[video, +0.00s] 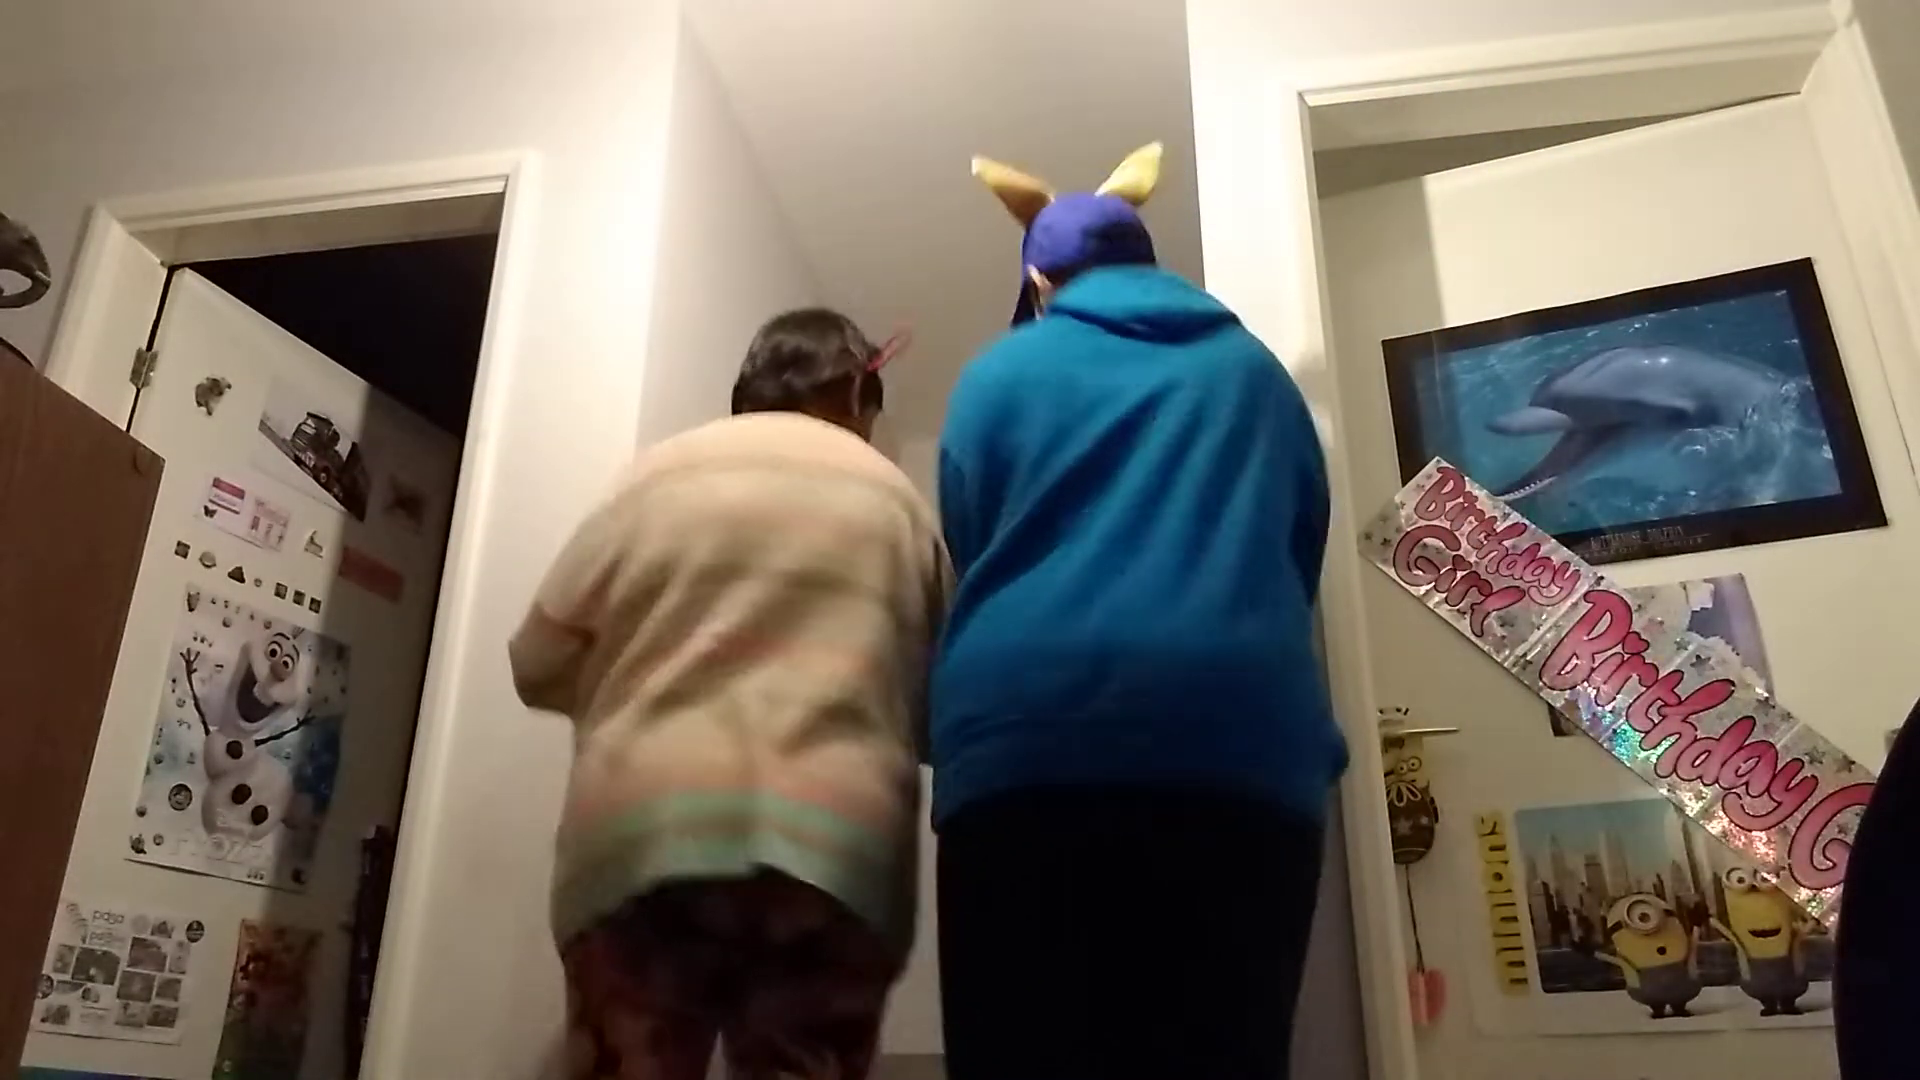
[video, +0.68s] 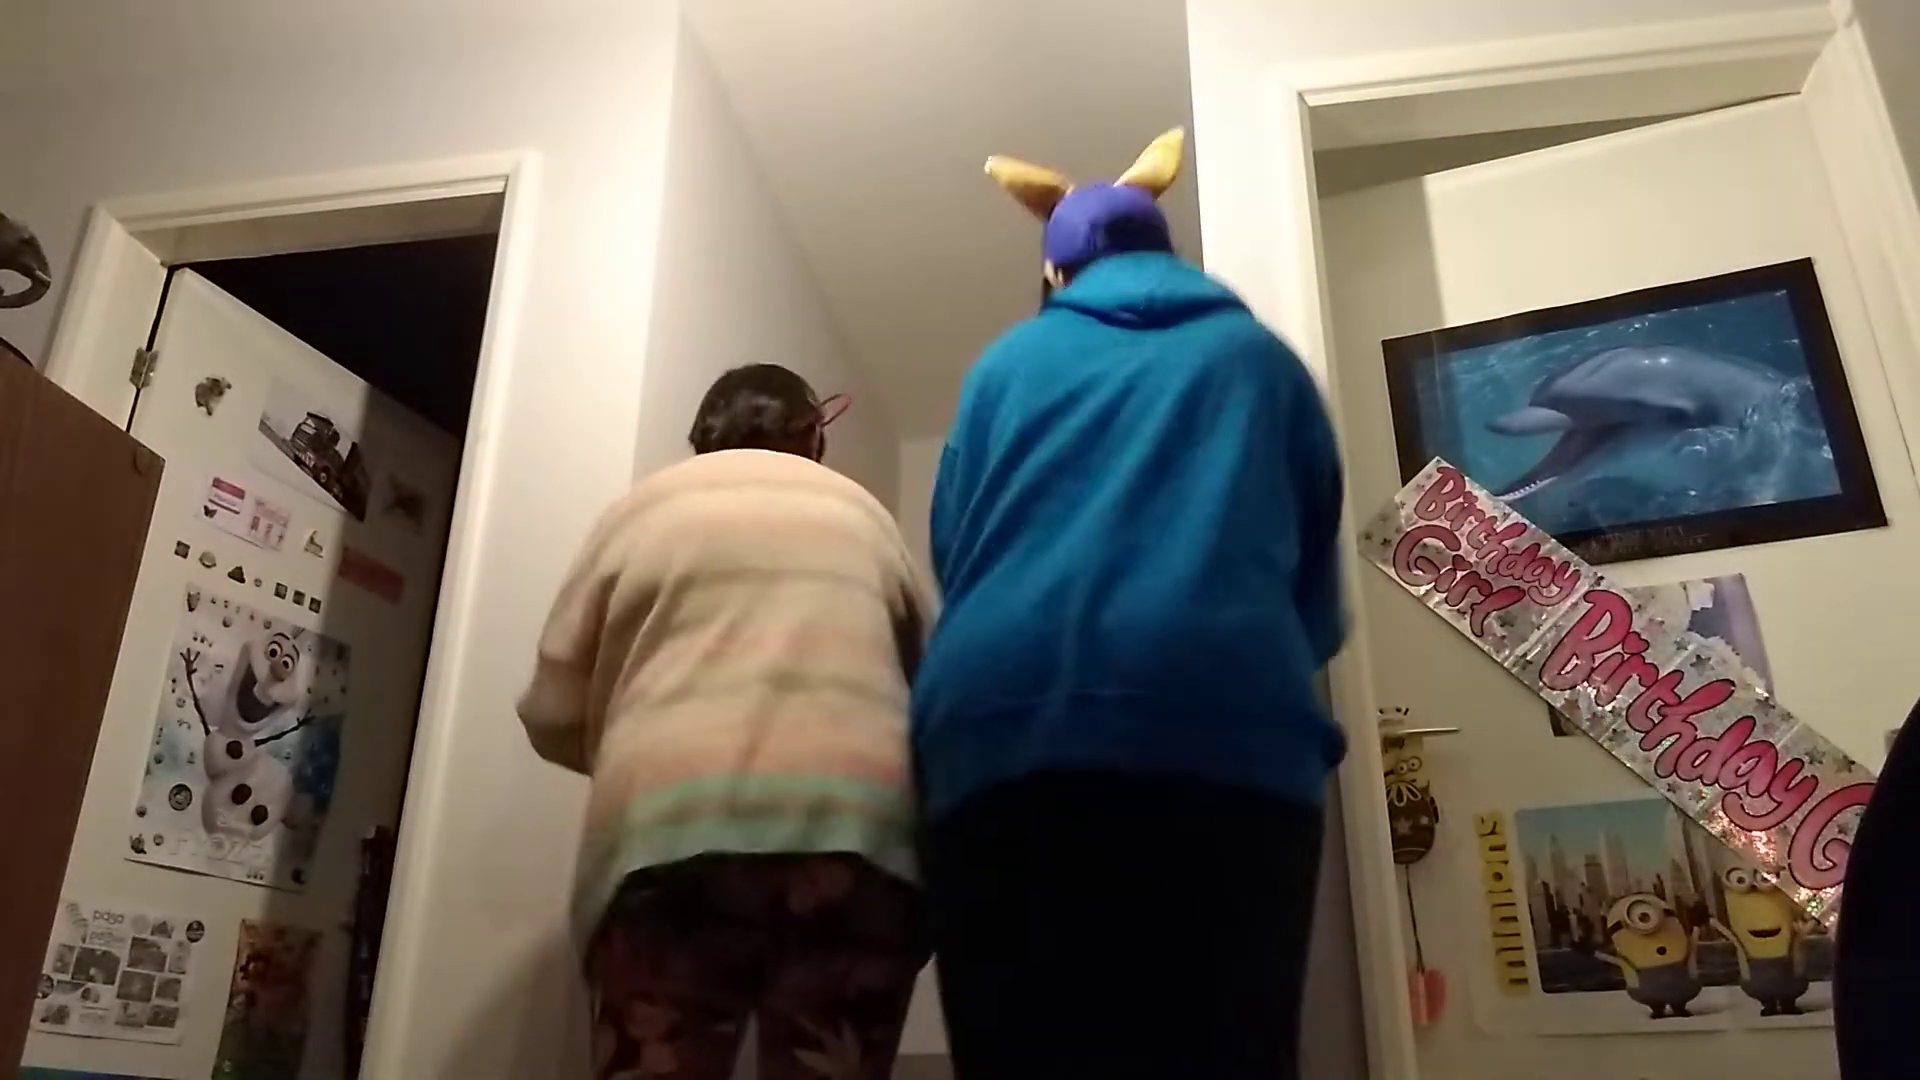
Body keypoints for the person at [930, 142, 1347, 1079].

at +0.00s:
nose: (1022, 304)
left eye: (1023, 289)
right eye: (1025, 290)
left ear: (1040, 286)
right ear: (1150, 266)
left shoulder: (1001, 372)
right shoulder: (1259, 370)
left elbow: (968, 543)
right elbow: (1305, 536)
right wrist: (1258, 650)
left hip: (1021, 750)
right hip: (1250, 754)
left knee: (1019, 1040)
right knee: (1226, 1044)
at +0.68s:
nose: (1038, 279)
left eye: (1042, 266)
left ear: (1056, 276)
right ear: (1175, 256)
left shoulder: (1003, 363)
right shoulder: (1266, 358)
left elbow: (954, 552)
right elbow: (1319, 599)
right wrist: (1251, 682)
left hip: (1003, 760)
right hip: (1236, 761)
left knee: (1019, 1047)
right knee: (1229, 1046)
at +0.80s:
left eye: (1068, 210)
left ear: (1063, 232)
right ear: (1182, 214)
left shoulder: (989, 351)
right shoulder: (1263, 315)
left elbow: (973, 535)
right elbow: (1358, 541)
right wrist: (1254, 602)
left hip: (1021, 740)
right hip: (1245, 728)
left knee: (1038, 1043)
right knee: (1266, 1037)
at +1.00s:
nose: (1228, 247)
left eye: (1225, 231)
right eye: (1217, 228)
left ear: (1088, 227)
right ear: (1172, 213)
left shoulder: (1018, 360)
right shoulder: (1212, 285)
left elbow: (1000, 534)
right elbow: (1353, 482)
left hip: (1015, 729)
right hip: (1220, 715)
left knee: (1037, 1034)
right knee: (1240, 1031)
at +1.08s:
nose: (1246, 246)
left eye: (1246, 228)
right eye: (1231, 224)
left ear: (1121, 222)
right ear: (1165, 208)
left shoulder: (1048, 359)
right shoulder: (1220, 280)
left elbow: (996, 553)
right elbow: (1339, 476)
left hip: (1008, 730)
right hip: (1198, 714)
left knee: (1051, 1038)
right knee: (1240, 1036)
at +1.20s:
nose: (1296, 251)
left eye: (1295, 233)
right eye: (1275, 226)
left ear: (1177, 229)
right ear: (1201, 217)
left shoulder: (1114, 342)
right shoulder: (1243, 290)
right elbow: (1350, 493)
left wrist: (1379, 432)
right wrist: (1410, 438)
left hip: (1026, 749)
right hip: (1175, 739)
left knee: (1104, 1054)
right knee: (1279, 1049)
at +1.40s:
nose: (1332, 182)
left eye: (1335, 163)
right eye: (1316, 155)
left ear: (1229, 157)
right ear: (1241, 149)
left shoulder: (1177, 256)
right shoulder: (1272, 221)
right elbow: (1462, 380)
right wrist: (1455, 326)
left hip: (1146, 683)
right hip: (1248, 678)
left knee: (1224, 1023)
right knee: (1305, 1027)